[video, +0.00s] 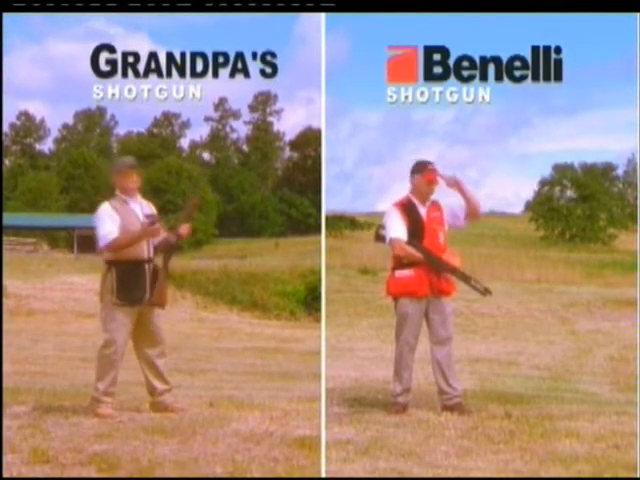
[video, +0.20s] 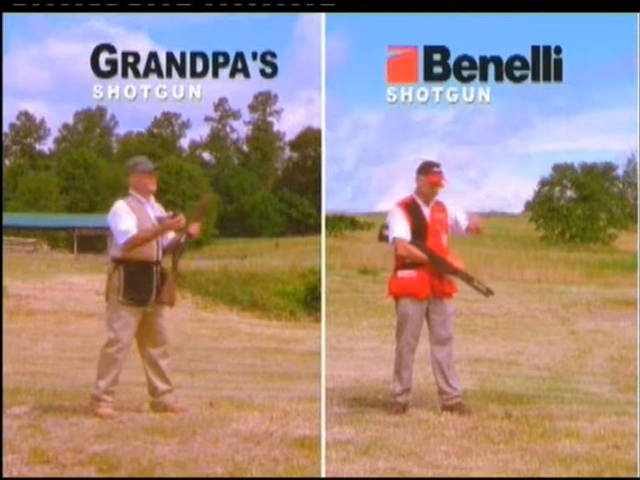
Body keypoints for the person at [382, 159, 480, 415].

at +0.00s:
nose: (432, 187)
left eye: (435, 182)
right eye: (428, 181)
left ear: (435, 183)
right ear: (414, 180)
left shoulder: (440, 209)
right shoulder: (397, 211)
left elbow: (473, 214)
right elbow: (398, 249)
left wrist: (460, 189)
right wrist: (434, 261)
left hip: (438, 282)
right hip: (410, 283)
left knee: (443, 340)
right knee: (406, 343)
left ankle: (451, 397)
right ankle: (401, 396)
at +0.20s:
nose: (436, 189)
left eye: (439, 184)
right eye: (432, 183)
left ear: (441, 185)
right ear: (419, 181)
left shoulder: (444, 210)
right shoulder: (401, 210)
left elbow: (465, 225)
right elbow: (402, 249)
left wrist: (474, 225)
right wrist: (435, 262)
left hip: (440, 281)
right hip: (411, 282)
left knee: (443, 340)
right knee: (407, 343)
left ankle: (450, 397)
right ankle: (400, 397)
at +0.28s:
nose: (438, 189)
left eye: (441, 185)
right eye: (434, 184)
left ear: (444, 186)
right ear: (421, 181)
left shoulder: (446, 210)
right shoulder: (403, 210)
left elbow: (469, 230)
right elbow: (404, 248)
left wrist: (474, 246)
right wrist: (437, 262)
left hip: (440, 283)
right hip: (412, 283)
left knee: (444, 341)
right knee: (407, 342)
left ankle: (451, 398)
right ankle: (400, 397)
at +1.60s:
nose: (427, 181)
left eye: (429, 176)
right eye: (422, 177)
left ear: (433, 178)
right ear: (410, 181)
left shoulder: (443, 209)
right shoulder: (396, 211)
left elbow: (462, 247)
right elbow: (383, 248)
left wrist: (470, 228)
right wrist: (405, 246)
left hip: (440, 280)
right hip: (409, 281)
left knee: (444, 341)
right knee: (406, 342)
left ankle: (451, 397)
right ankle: (400, 395)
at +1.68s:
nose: (422, 182)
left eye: (425, 177)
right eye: (417, 178)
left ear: (429, 179)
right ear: (407, 182)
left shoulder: (440, 208)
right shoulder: (394, 211)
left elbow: (451, 240)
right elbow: (380, 249)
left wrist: (448, 250)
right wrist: (398, 245)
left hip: (439, 284)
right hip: (409, 286)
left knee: (443, 342)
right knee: (406, 343)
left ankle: (449, 396)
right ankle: (401, 395)